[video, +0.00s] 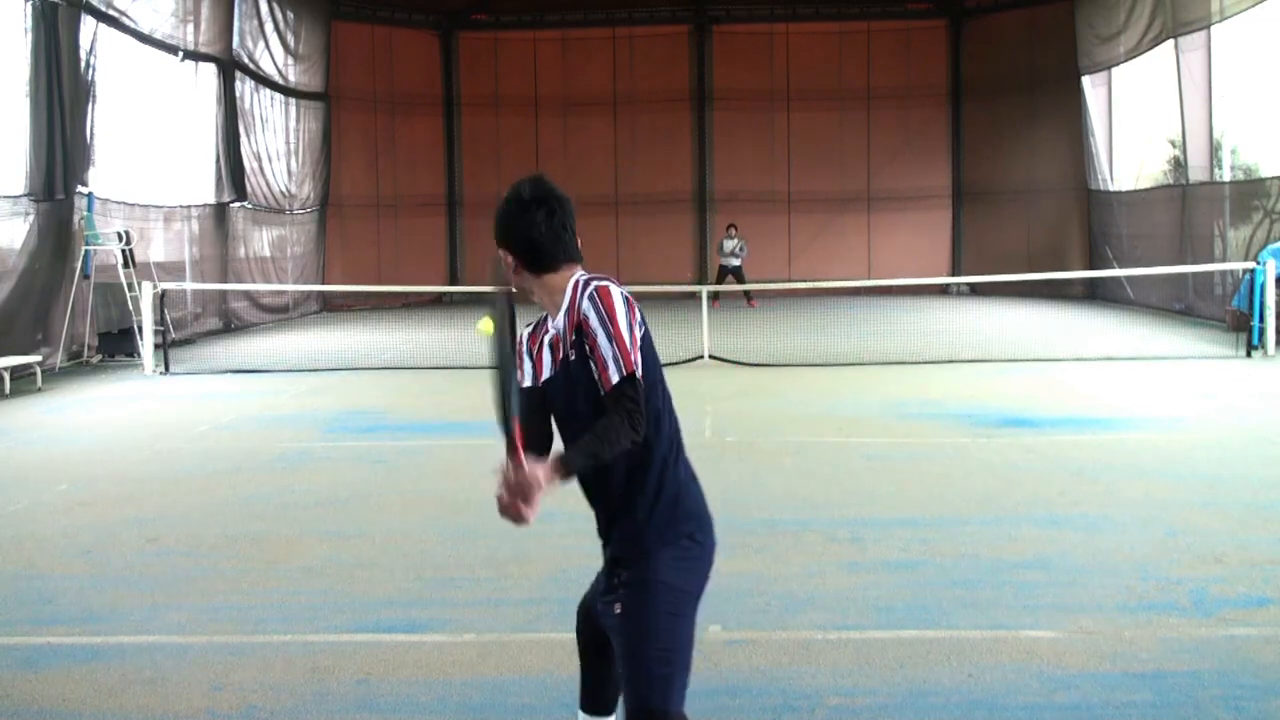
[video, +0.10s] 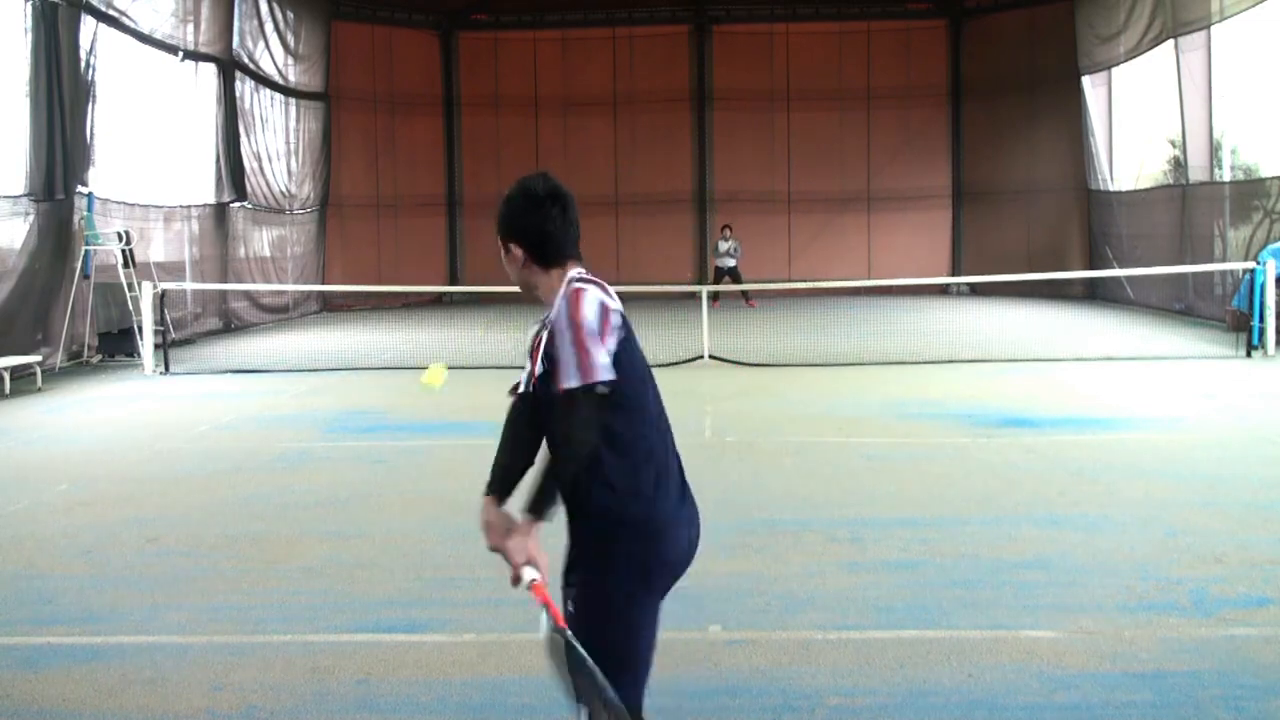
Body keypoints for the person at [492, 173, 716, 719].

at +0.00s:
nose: (500, 262)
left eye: (499, 252)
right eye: (502, 250)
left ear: (512, 261)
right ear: (570, 237)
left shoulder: (600, 299)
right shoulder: (532, 342)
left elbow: (631, 417)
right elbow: (534, 445)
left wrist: (550, 470)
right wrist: (517, 486)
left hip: (671, 537)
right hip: (625, 544)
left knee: (653, 704)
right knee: (596, 621)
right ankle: (596, 717)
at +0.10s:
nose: (503, 262)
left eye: (502, 250)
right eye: (501, 250)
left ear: (517, 254)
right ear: (568, 239)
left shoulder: (578, 306)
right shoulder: (564, 312)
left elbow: (580, 428)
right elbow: (527, 412)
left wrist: (530, 520)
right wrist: (494, 498)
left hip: (627, 529)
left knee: (607, 691)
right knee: (576, 657)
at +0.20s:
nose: (500, 247)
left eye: (499, 236)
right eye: (497, 234)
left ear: (517, 237)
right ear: (571, 219)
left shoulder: (513, 297)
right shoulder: (638, 286)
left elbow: (512, 403)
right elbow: (624, 382)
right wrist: (527, 424)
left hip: (583, 500)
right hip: (659, 493)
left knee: (627, 683)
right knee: (628, 635)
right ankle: (612, 707)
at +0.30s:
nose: (488, 218)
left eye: (486, 208)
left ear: (495, 216)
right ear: (558, 196)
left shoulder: (495, 280)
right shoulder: (619, 263)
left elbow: (558, 293)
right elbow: (673, 329)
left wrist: (632, 262)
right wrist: (661, 267)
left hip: (560, 485)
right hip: (638, 482)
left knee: (602, 649)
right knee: (625, 634)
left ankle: (625, 716)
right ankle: (615, 715)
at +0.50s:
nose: (565, 169)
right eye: (564, 162)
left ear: (491, 190)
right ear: (561, 175)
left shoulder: (488, 255)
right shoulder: (601, 260)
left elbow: (574, 241)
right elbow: (699, 301)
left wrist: (657, 205)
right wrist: (712, 224)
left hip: (521, 476)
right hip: (598, 476)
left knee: (532, 636)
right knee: (602, 631)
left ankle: (529, 718)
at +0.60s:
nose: (477, 186)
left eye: (478, 177)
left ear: (484, 188)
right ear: (550, 175)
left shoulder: (479, 257)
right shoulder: (592, 263)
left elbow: (560, 270)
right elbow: (681, 335)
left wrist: (647, 246)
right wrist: (707, 263)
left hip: (511, 478)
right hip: (588, 481)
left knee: (509, 627)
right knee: (595, 634)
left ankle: (491, 718)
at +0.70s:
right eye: (544, 168)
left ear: (473, 196)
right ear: (546, 180)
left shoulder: (472, 270)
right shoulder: (578, 271)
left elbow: (547, 350)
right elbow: (631, 382)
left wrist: (632, 317)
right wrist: (673, 349)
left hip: (497, 489)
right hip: (574, 493)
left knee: (495, 636)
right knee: (602, 644)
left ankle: (462, 717)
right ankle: (605, 719)